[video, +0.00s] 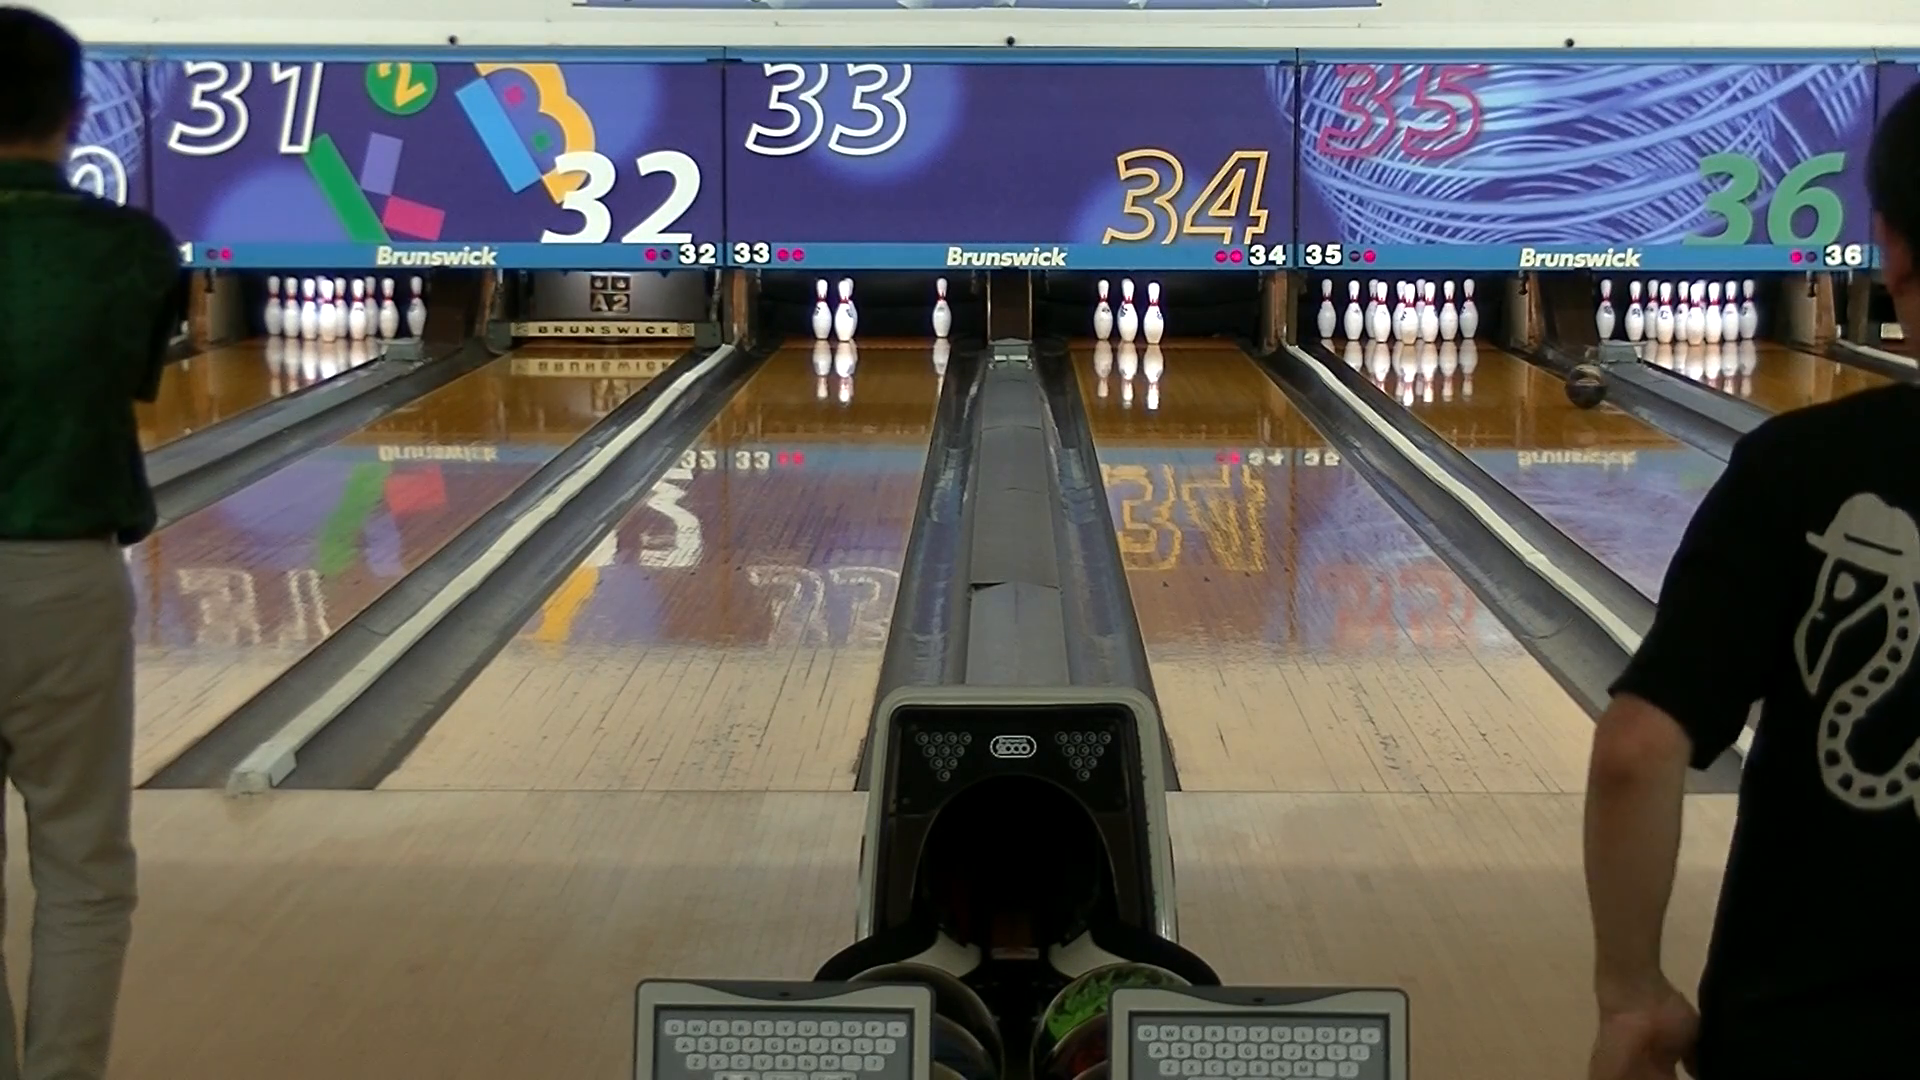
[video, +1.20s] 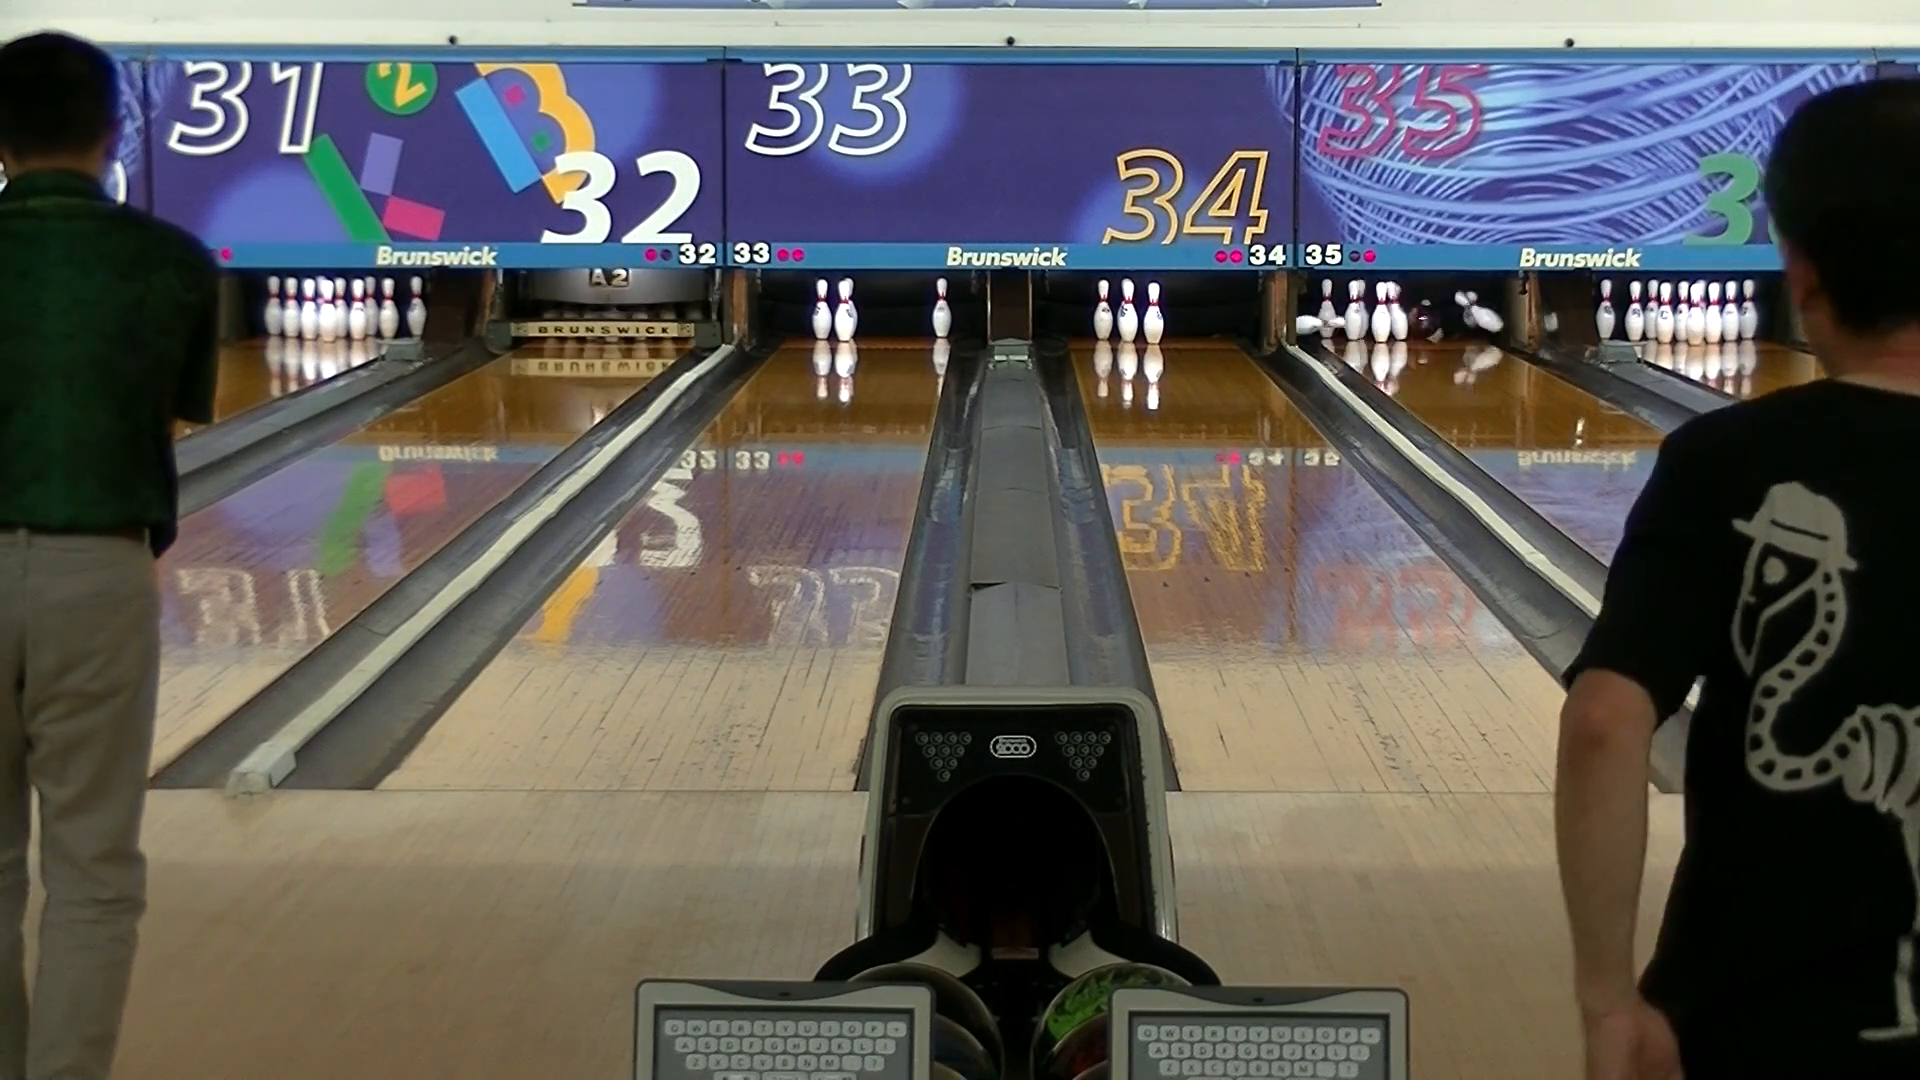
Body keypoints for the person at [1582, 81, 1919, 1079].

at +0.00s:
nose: (1878, 255)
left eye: (1877, 233)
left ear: (1893, 251)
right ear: (1898, 251)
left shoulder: (1810, 465)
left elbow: (1634, 748)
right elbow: (1636, 747)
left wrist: (1631, 994)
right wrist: (1634, 994)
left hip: (1798, 1013)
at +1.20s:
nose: (1780, 266)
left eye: (1779, 246)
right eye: (1786, 241)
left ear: (1805, 272)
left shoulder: (1730, 458)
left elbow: (1602, 718)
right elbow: (1601, 718)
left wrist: (1608, 999)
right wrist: (1612, 999)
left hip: (1756, 1015)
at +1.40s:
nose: (1678, 276)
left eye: (1677, 252)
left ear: (1694, 275)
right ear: (1881, 253)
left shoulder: (1634, 469)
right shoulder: (1914, 423)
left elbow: (1554, 744)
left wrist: (1496, 1015)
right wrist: (1502, 1011)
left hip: (1681, 1014)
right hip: (1903, 1008)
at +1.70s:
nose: (1454, 258)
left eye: (1452, 235)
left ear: (1466, 257)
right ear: (1647, 227)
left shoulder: (1424, 455)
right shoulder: (1792, 428)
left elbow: (1366, 761)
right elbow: (1885, 723)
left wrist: (1295, 965)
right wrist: (1805, 801)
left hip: (1517, 1001)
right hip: (1744, 1000)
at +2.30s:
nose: (1236, 414)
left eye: (1215, 381)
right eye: (1211, 388)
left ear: (1246, 343)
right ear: (1347, 293)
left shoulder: (1312, 474)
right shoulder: (1550, 438)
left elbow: (1284, 769)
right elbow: (1655, 711)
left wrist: (1256, 858)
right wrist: (1543, 782)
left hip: (1415, 978)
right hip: (1574, 954)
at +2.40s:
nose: (1191, 456)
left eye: (1166, 424)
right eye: (1163, 433)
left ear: (1197, 378)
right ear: (1292, 329)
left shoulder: (1273, 488)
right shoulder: (1492, 445)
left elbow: (1271, 776)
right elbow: (1602, 712)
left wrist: (1238, 879)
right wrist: (1447, 765)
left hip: (1425, 976)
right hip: (1577, 944)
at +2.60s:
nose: (1112, 542)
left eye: (1081, 509)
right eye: (1081, 518)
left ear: (1105, 443)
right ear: (1176, 405)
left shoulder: (1200, 502)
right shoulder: (1370, 455)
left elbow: (1254, 777)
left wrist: (1235, 905)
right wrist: (1228, 922)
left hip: (1438, 913)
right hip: (1577, 877)